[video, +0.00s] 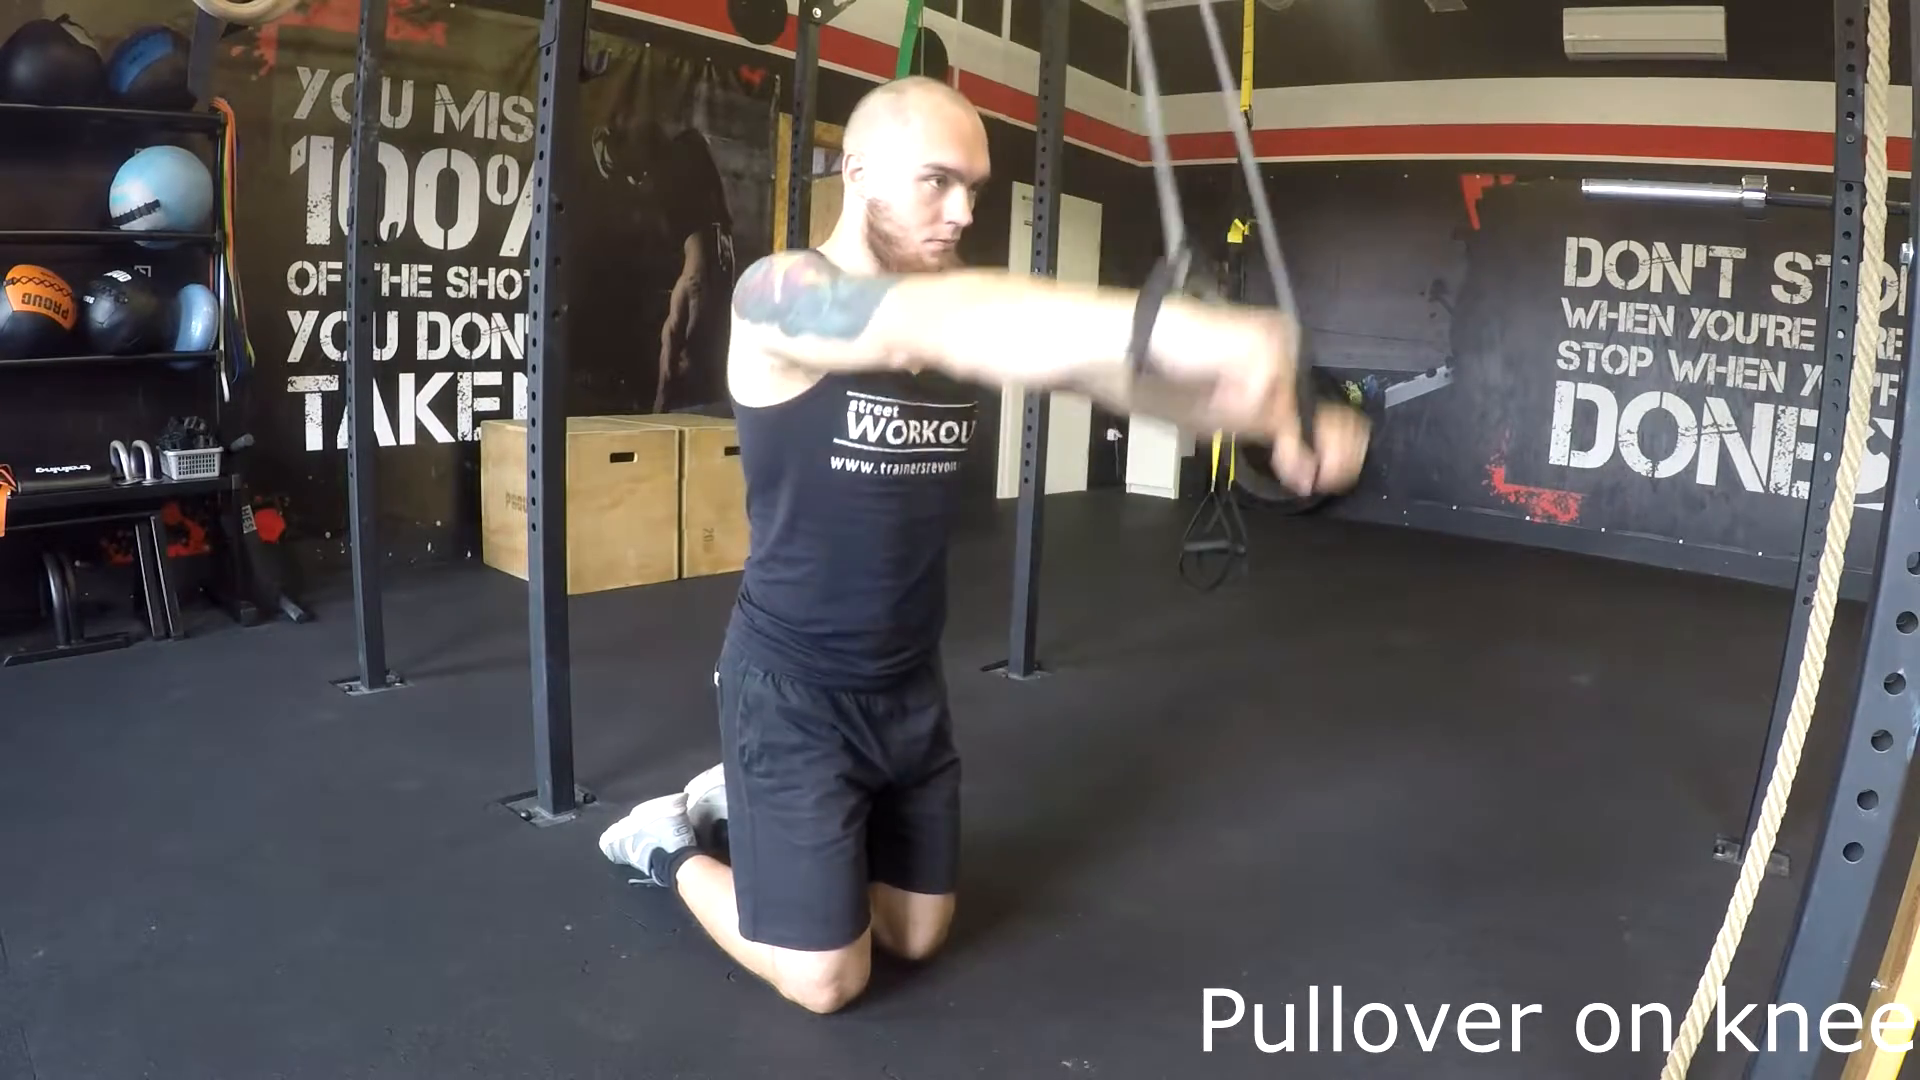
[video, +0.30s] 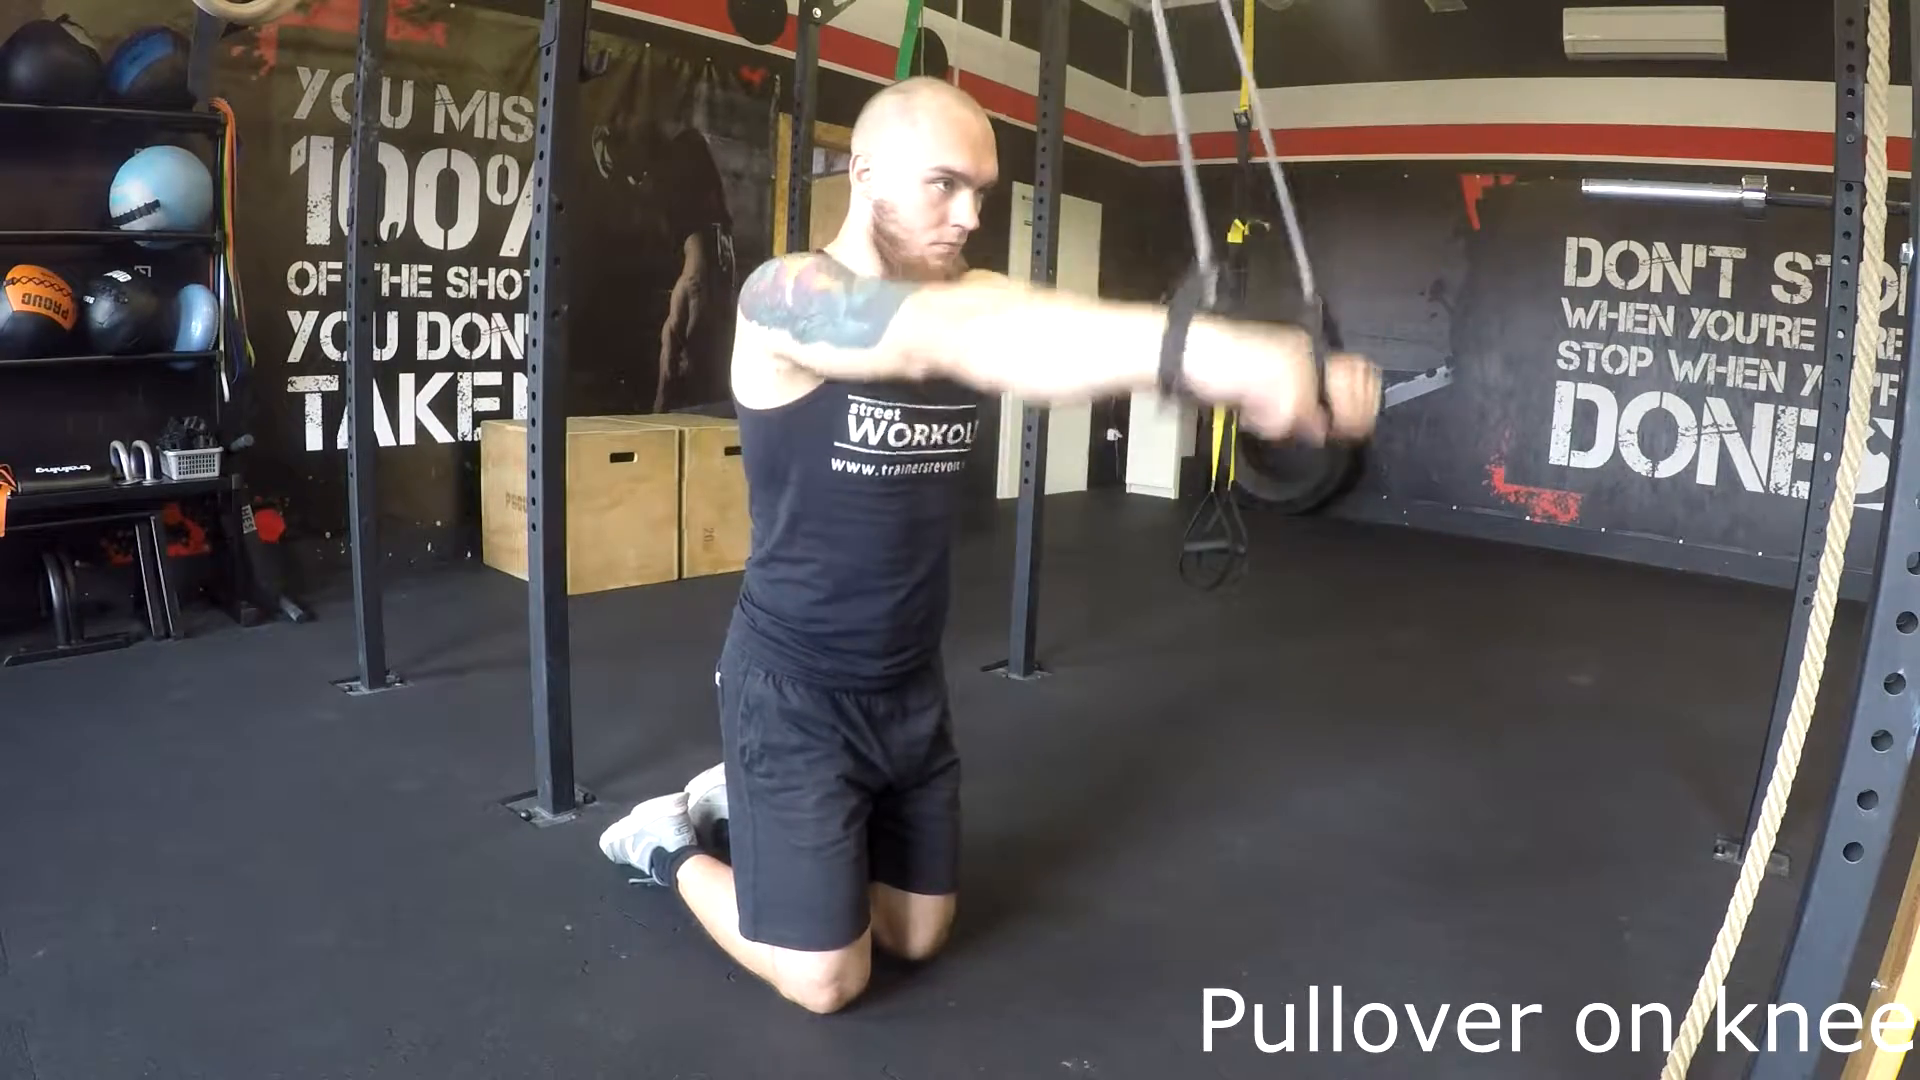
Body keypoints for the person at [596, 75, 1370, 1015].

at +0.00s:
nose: (960, 214)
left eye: (974, 191)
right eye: (936, 182)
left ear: (979, 196)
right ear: (857, 172)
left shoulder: (967, 312)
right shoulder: (776, 291)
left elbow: (1096, 370)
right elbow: (927, 328)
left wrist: (1257, 415)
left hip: (908, 680)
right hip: (790, 682)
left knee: (915, 933)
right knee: (822, 979)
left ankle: (744, 804)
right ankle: (671, 856)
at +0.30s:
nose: (968, 217)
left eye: (983, 194)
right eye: (945, 186)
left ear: (986, 197)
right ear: (865, 174)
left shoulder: (961, 302)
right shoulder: (784, 293)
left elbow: (1054, 356)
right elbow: (953, 336)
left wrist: (1266, 372)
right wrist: (1197, 351)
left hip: (909, 681)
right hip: (793, 684)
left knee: (916, 932)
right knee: (822, 980)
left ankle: (745, 806)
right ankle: (676, 854)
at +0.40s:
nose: (972, 216)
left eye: (987, 193)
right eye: (948, 185)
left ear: (993, 196)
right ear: (871, 177)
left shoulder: (977, 308)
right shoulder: (789, 303)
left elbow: (1105, 382)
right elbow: (961, 415)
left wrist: (1270, 457)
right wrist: (1158, 488)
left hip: (910, 683)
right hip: (793, 685)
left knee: (916, 931)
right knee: (822, 979)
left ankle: (744, 803)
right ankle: (673, 855)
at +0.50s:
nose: (978, 214)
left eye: (991, 191)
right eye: (954, 183)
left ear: (1000, 197)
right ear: (875, 185)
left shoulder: (986, 322)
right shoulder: (793, 316)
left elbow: (1105, 443)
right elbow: (931, 484)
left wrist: (1254, 565)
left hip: (911, 683)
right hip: (795, 684)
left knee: (914, 933)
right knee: (824, 978)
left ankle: (742, 813)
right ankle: (673, 856)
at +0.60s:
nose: (982, 212)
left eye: (996, 187)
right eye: (955, 180)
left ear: (1003, 193)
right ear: (876, 178)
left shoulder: (994, 331)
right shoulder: (794, 326)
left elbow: (1086, 490)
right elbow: (877, 535)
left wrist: (1191, 643)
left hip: (932, 677)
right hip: (801, 683)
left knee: (915, 933)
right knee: (823, 981)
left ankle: (752, 810)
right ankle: (672, 853)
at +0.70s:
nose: (986, 210)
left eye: (998, 184)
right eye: (961, 180)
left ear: (1007, 190)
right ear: (885, 180)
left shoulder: (992, 337)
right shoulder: (797, 330)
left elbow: (1056, 516)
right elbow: (833, 573)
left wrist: (1123, 681)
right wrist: (892, 790)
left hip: (917, 664)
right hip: (798, 676)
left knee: (915, 933)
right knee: (823, 979)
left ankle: (753, 803)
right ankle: (671, 851)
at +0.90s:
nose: (998, 214)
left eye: (1008, 188)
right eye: (972, 184)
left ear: (1015, 192)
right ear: (893, 176)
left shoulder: (998, 342)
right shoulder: (800, 333)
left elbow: (1012, 536)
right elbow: (769, 585)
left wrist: (1025, 685)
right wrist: (768, 797)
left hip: (919, 692)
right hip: (806, 694)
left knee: (914, 931)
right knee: (825, 979)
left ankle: (745, 811)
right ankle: (671, 850)